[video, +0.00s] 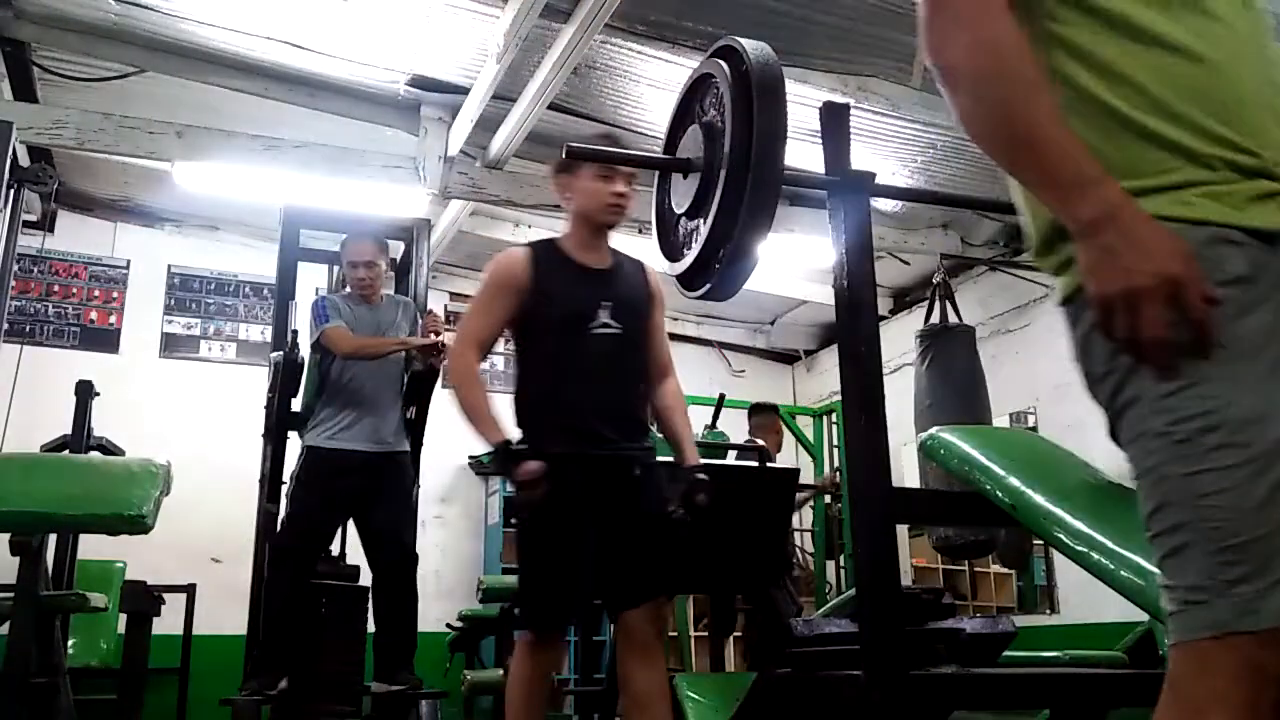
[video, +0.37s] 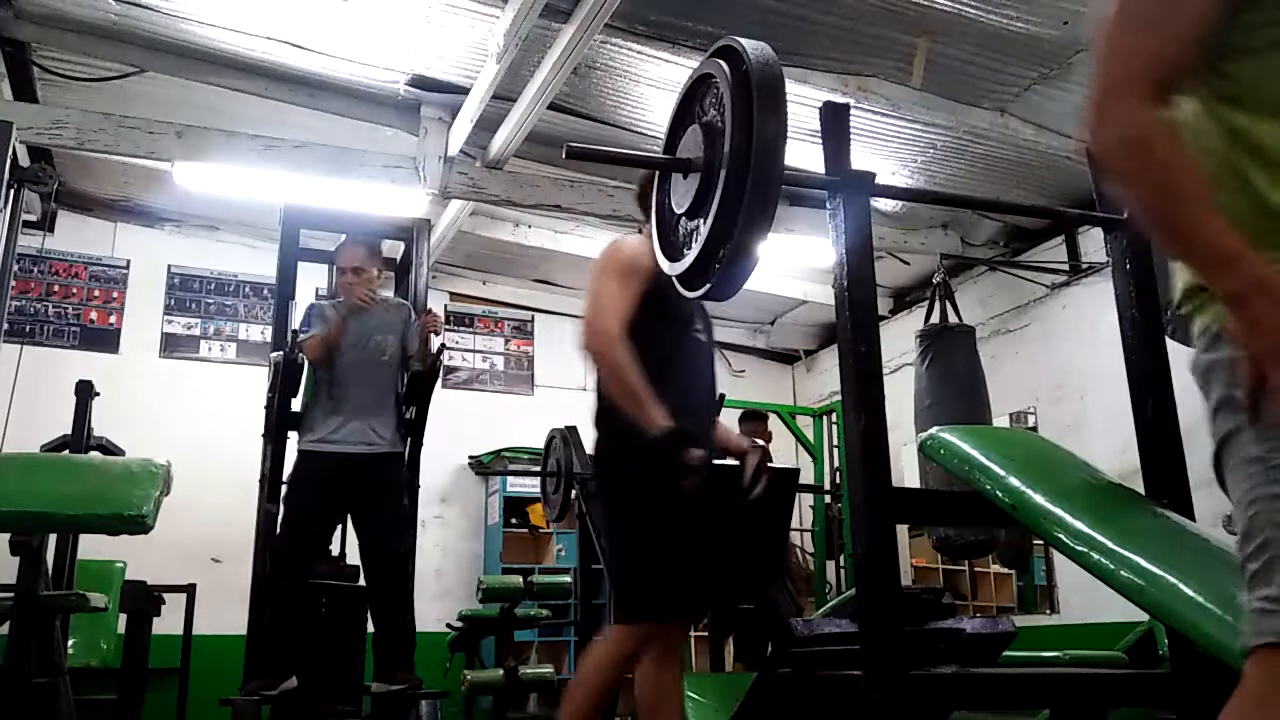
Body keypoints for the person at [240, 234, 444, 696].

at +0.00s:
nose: (361, 274)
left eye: (370, 266)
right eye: (353, 266)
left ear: (386, 266)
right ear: (342, 268)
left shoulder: (406, 310)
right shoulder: (328, 305)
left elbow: (426, 365)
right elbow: (344, 346)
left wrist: (434, 349)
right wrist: (409, 343)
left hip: (388, 455)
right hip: (327, 452)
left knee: (396, 569)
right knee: (291, 560)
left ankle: (396, 671)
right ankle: (270, 671)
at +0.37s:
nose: (349, 280)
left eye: (359, 272)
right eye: (343, 272)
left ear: (379, 271)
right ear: (335, 272)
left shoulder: (401, 313)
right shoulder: (321, 310)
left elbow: (421, 372)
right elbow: (315, 355)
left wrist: (427, 342)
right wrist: (345, 313)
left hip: (381, 458)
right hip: (321, 455)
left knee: (390, 572)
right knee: (292, 564)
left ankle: (396, 672)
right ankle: (279, 670)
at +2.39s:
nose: (367, 278)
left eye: (375, 272)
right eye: (359, 270)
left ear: (386, 277)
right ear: (344, 273)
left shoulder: (402, 317)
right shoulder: (320, 311)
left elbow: (415, 377)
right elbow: (295, 360)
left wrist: (428, 343)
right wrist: (286, 328)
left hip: (379, 454)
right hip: (321, 451)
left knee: (384, 568)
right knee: (297, 561)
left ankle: (386, 670)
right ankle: (279, 669)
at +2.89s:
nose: (356, 283)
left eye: (363, 276)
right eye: (347, 275)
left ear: (374, 276)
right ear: (333, 275)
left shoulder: (392, 312)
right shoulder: (315, 309)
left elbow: (414, 364)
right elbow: (286, 350)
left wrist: (431, 345)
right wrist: (279, 325)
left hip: (377, 452)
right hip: (319, 451)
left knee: (384, 568)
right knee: (298, 562)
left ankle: (386, 670)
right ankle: (283, 670)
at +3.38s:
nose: (359, 286)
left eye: (367, 279)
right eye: (351, 278)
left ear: (378, 280)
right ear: (335, 278)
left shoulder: (394, 318)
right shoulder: (313, 314)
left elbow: (413, 372)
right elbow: (285, 358)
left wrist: (430, 349)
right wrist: (279, 327)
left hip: (377, 457)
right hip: (318, 455)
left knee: (384, 571)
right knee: (296, 566)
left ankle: (387, 672)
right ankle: (279, 672)